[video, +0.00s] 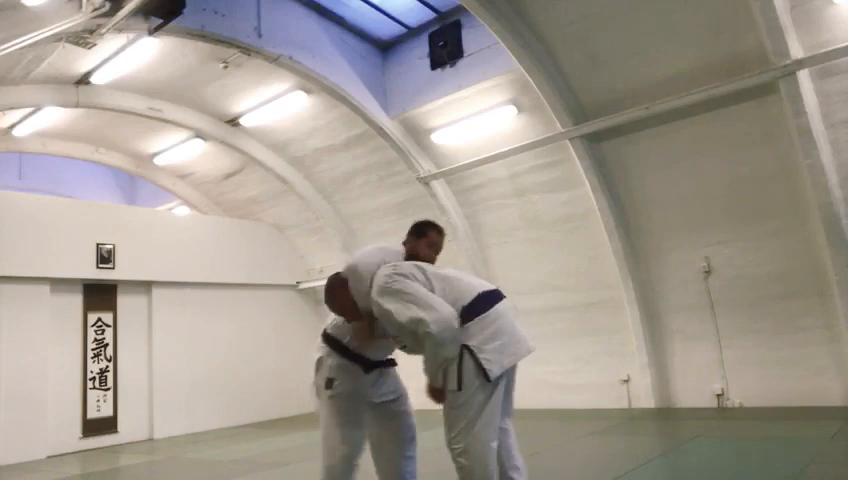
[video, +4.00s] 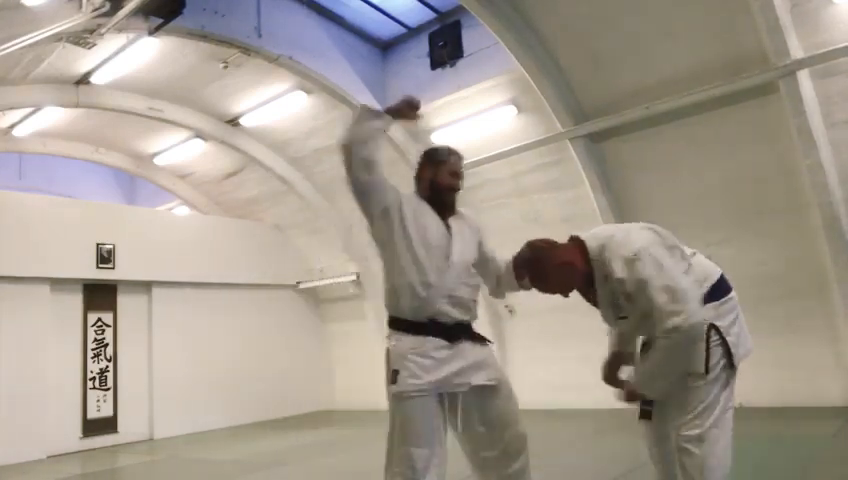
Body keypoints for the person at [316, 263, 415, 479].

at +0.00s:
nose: (434, 257)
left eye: (438, 251)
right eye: (430, 247)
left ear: (440, 251)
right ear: (409, 241)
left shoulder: (423, 279)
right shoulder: (378, 260)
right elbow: (334, 290)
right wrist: (364, 320)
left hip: (381, 367)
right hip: (342, 364)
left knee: (400, 441)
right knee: (343, 449)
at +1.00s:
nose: (372, 205)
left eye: (370, 198)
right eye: (365, 199)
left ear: (347, 205)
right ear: (346, 204)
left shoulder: (352, 238)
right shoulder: (353, 240)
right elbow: (378, 285)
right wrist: (409, 301)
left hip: (373, 348)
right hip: (366, 349)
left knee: (388, 438)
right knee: (377, 440)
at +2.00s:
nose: (328, 263)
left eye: (333, 259)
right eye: (324, 256)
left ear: (337, 258)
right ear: (308, 249)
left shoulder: (335, 289)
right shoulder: (281, 279)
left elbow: (372, 296)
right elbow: (315, 277)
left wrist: (405, 290)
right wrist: (368, 257)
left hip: (309, 387)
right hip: (261, 388)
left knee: (350, 459)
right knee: (221, 468)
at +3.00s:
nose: (388, 223)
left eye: (391, 216)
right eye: (386, 214)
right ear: (365, 205)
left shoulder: (381, 242)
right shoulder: (340, 235)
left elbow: (413, 270)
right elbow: (384, 261)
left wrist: (459, 283)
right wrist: (442, 265)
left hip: (344, 346)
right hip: (323, 343)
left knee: (334, 435)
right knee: (359, 420)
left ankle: (308, 474)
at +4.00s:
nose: (459, 179)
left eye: (461, 174)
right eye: (451, 171)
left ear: (461, 182)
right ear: (423, 174)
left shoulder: (467, 229)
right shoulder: (395, 211)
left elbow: (498, 280)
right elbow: (357, 154)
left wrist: (526, 262)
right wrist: (386, 114)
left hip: (467, 348)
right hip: (413, 348)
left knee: (505, 448)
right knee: (416, 464)